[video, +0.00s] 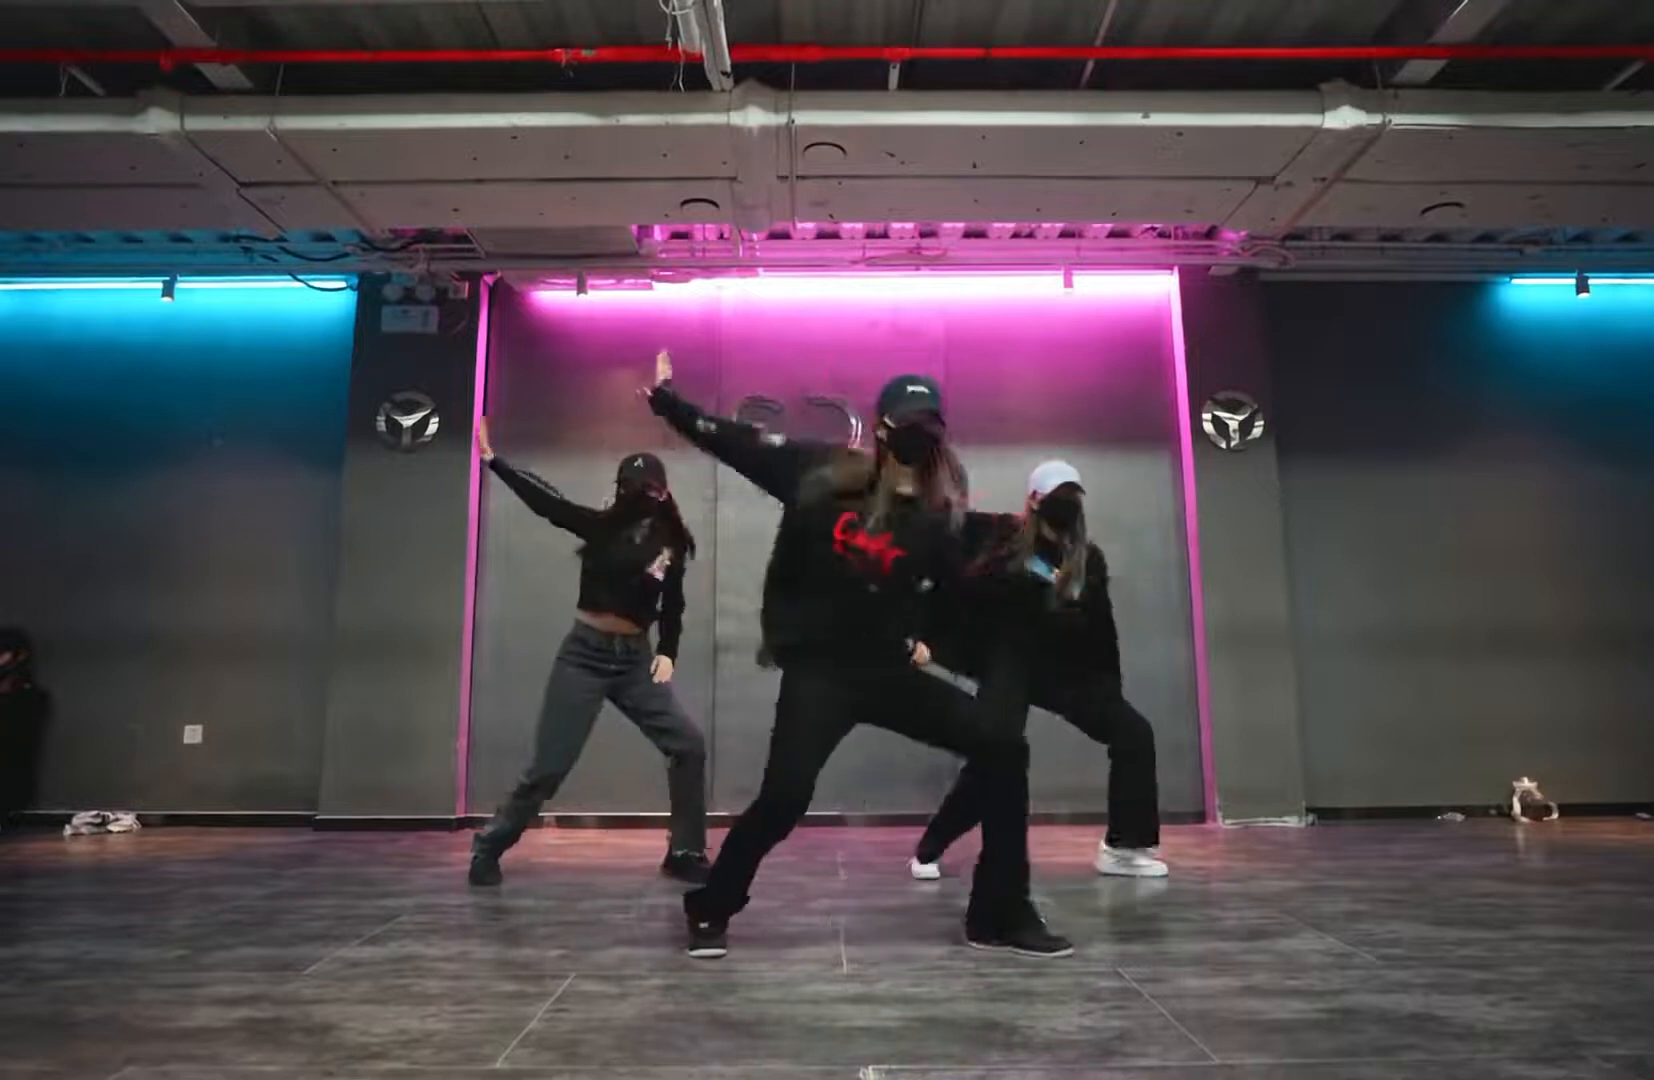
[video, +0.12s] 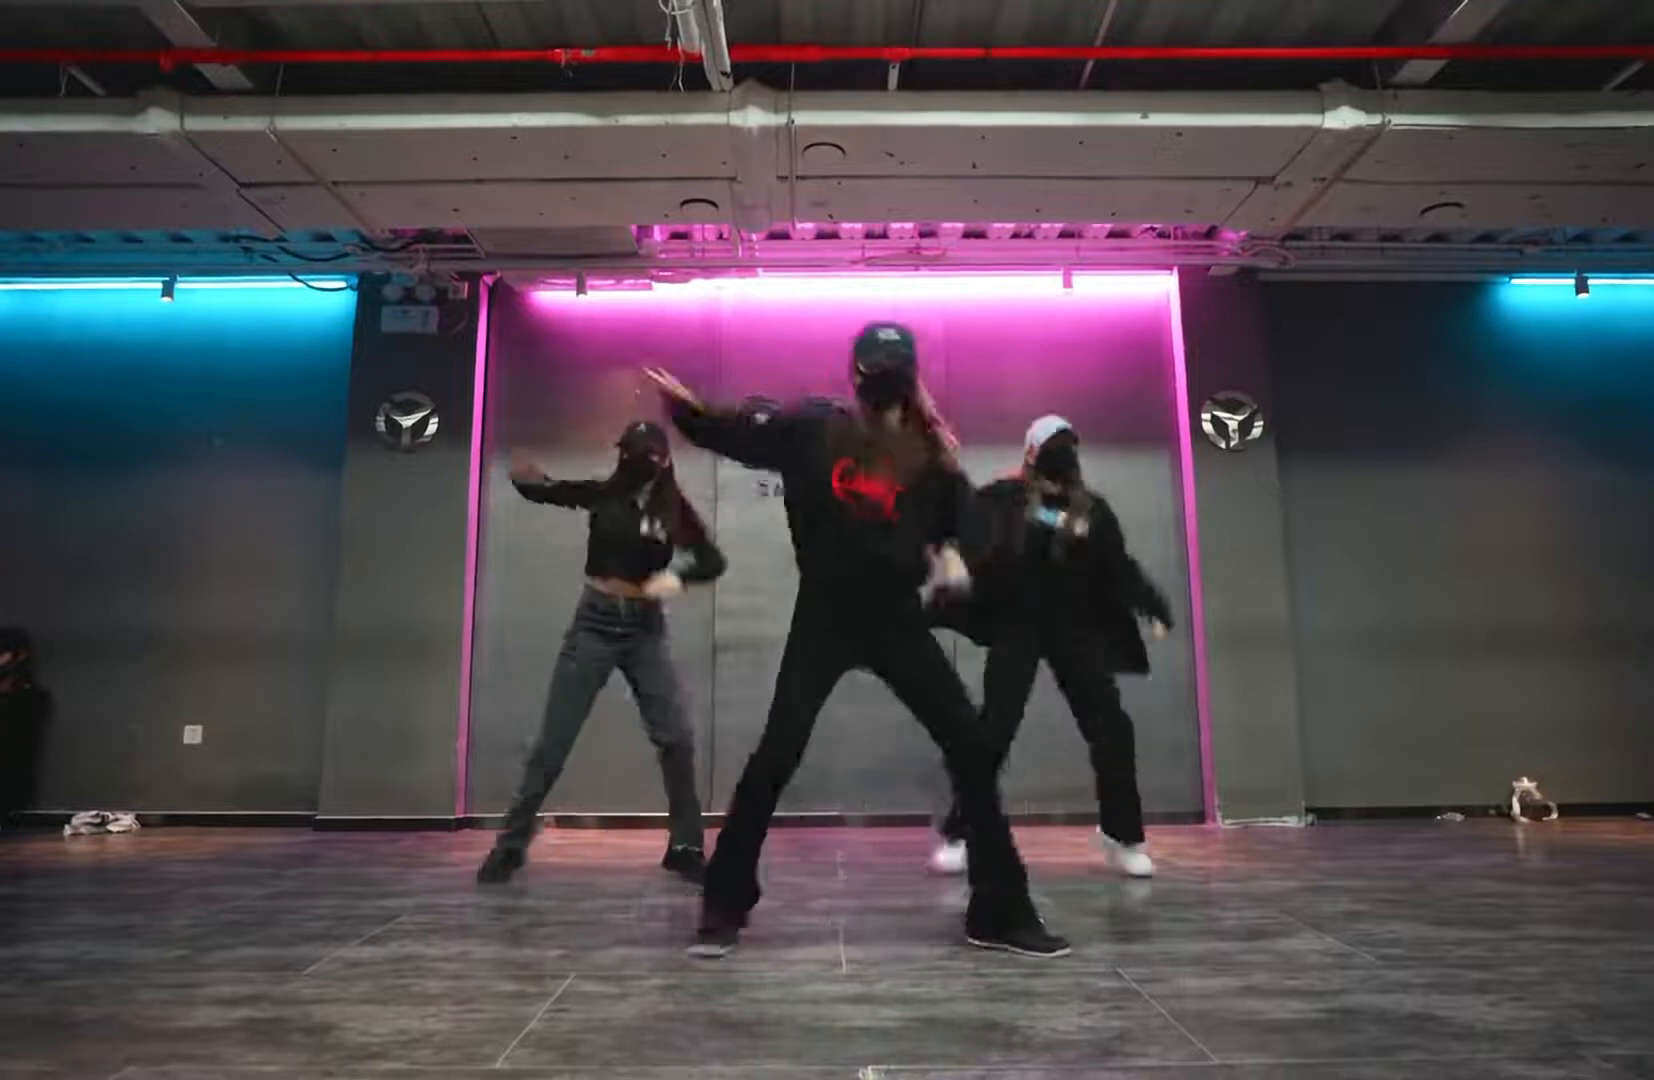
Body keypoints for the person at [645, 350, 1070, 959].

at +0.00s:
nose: (913, 437)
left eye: (925, 426)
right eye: (902, 424)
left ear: (937, 433)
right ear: (877, 426)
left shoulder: (936, 510)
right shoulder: (820, 472)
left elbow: (956, 599)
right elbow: (739, 444)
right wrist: (668, 403)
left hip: (889, 674)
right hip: (817, 673)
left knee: (1004, 747)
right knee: (784, 801)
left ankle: (999, 909)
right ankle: (709, 908)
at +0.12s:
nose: (883, 391)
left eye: (893, 378)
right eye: (873, 378)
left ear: (911, 377)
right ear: (857, 374)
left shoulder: (930, 458)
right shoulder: (811, 430)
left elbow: (969, 538)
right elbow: (734, 434)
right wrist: (687, 408)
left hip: (899, 625)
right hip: (823, 623)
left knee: (972, 748)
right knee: (776, 757)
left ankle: (999, 909)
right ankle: (723, 907)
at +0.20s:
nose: (872, 360)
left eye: (882, 349)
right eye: (860, 349)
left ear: (899, 353)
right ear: (841, 353)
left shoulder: (919, 424)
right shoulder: (810, 415)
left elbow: (947, 474)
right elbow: (749, 452)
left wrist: (910, 507)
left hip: (898, 599)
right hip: (824, 600)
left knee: (938, 737)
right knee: (791, 736)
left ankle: (936, 894)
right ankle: (772, 887)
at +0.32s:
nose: (856, 373)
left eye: (866, 362)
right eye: (845, 362)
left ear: (885, 361)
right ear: (830, 361)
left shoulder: (906, 420)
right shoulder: (804, 422)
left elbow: (898, 465)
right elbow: (771, 484)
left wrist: (845, 495)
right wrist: (807, 510)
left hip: (896, 597)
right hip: (828, 593)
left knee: (896, 744)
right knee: (813, 742)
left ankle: (884, 892)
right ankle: (805, 895)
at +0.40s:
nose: (848, 385)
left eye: (859, 374)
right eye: (839, 375)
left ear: (878, 370)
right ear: (825, 372)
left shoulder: (904, 428)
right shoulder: (803, 432)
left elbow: (886, 478)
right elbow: (774, 494)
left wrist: (823, 499)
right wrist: (802, 511)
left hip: (892, 607)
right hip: (823, 603)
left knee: (887, 748)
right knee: (809, 749)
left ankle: (887, 896)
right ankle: (807, 897)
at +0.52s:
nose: (851, 397)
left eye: (863, 386)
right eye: (842, 385)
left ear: (880, 382)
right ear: (825, 381)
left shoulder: (899, 436)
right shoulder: (798, 438)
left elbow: (897, 516)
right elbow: (793, 526)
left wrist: (865, 570)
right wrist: (849, 537)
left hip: (888, 604)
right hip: (821, 604)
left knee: (879, 747)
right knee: (811, 753)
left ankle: (891, 891)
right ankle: (843, 878)